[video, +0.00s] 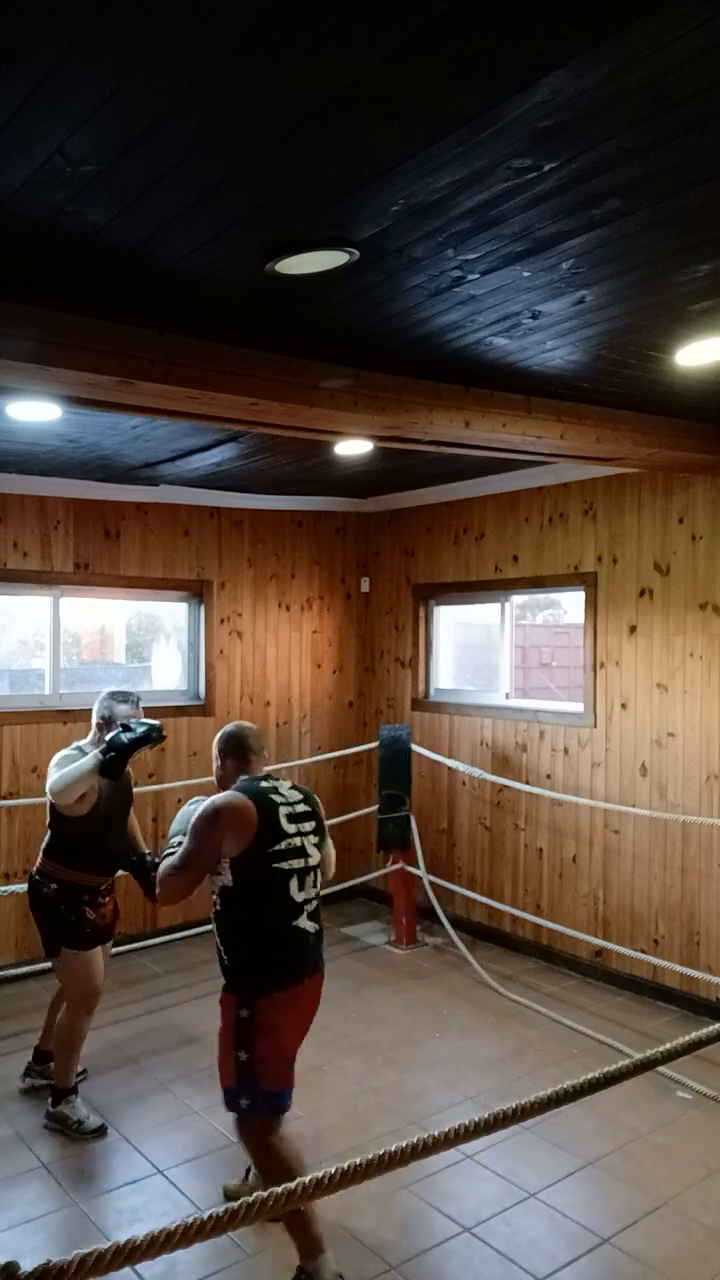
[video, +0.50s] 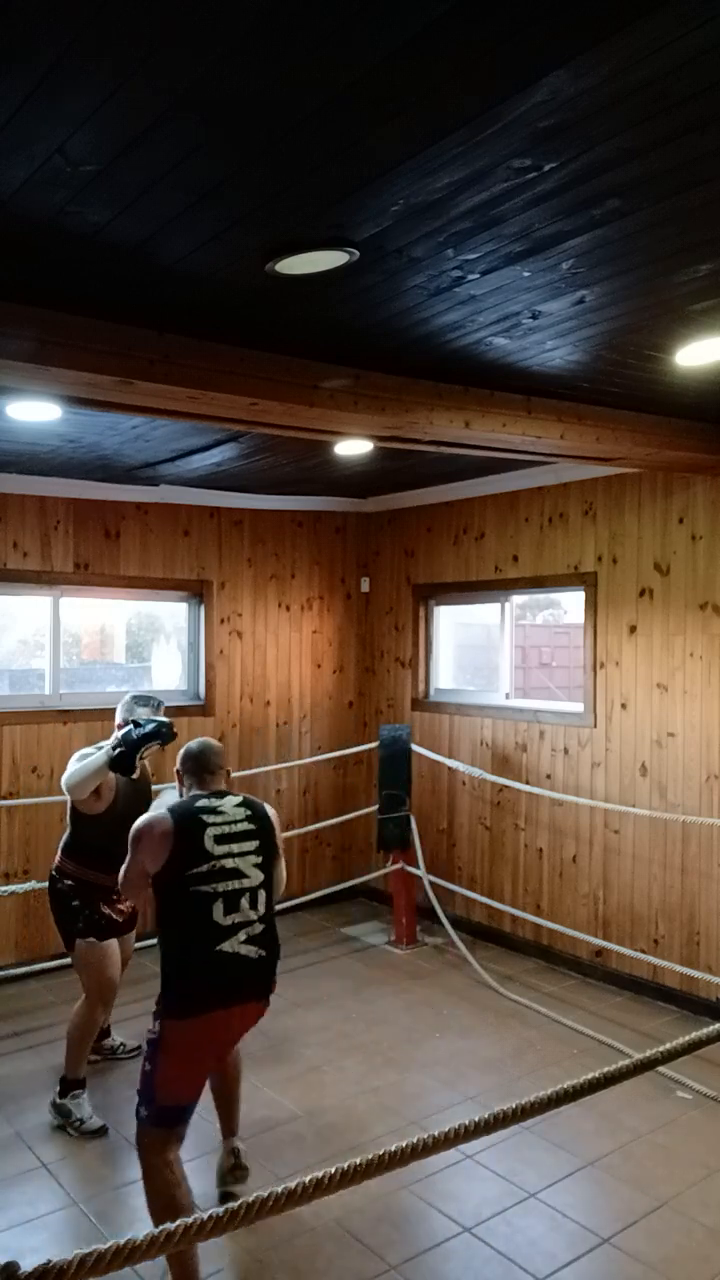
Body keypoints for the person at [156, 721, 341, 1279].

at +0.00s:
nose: (213, 771)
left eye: (214, 762)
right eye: (217, 762)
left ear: (223, 761)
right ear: (262, 758)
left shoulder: (223, 811)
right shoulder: (304, 798)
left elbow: (167, 889)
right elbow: (324, 862)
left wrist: (178, 837)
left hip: (261, 981)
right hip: (304, 972)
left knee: (257, 1124)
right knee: (263, 1086)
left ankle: (315, 1261)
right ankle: (267, 1183)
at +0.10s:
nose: (209, 774)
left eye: (210, 765)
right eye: (214, 765)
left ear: (219, 763)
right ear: (258, 760)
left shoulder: (216, 808)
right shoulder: (292, 799)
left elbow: (165, 890)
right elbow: (279, 875)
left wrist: (166, 839)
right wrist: (203, 846)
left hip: (248, 980)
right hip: (298, 972)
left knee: (207, 1123)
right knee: (262, 1081)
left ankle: (283, 1247)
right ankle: (261, 1190)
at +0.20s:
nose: (203, 772)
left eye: (203, 764)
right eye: (210, 763)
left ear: (210, 761)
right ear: (251, 758)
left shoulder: (204, 805)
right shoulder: (286, 797)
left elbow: (161, 889)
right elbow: (289, 869)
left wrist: (150, 854)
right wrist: (196, 853)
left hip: (236, 979)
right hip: (291, 971)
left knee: (187, 1117)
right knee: (261, 1073)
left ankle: (223, 1249)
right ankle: (263, 1184)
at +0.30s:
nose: (195, 773)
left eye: (194, 766)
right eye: (202, 765)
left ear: (199, 764)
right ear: (242, 761)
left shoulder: (187, 808)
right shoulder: (280, 801)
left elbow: (146, 889)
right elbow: (299, 872)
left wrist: (169, 855)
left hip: (222, 980)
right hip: (282, 973)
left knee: (182, 1127)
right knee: (258, 1077)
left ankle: (188, 1269)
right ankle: (263, 1184)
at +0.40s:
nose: (186, 779)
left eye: (185, 771)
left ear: (188, 772)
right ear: (236, 769)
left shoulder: (169, 816)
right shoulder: (270, 807)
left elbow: (131, 894)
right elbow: (290, 877)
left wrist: (168, 868)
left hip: (207, 989)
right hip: (269, 980)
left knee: (173, 1136)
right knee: (249, 1078)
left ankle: (190, 1271)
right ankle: (257, 1182)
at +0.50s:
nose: (180, 784)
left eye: (177, 777)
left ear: (178, 778)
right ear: (227, 775)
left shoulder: (156, 826)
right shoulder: (264, 814)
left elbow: (130, 895)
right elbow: (274, 887)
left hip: (195, 997)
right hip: (258, 984)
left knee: (158, 1143)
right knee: (223, 1046)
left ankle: (186, 1272)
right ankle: (232, 1151)